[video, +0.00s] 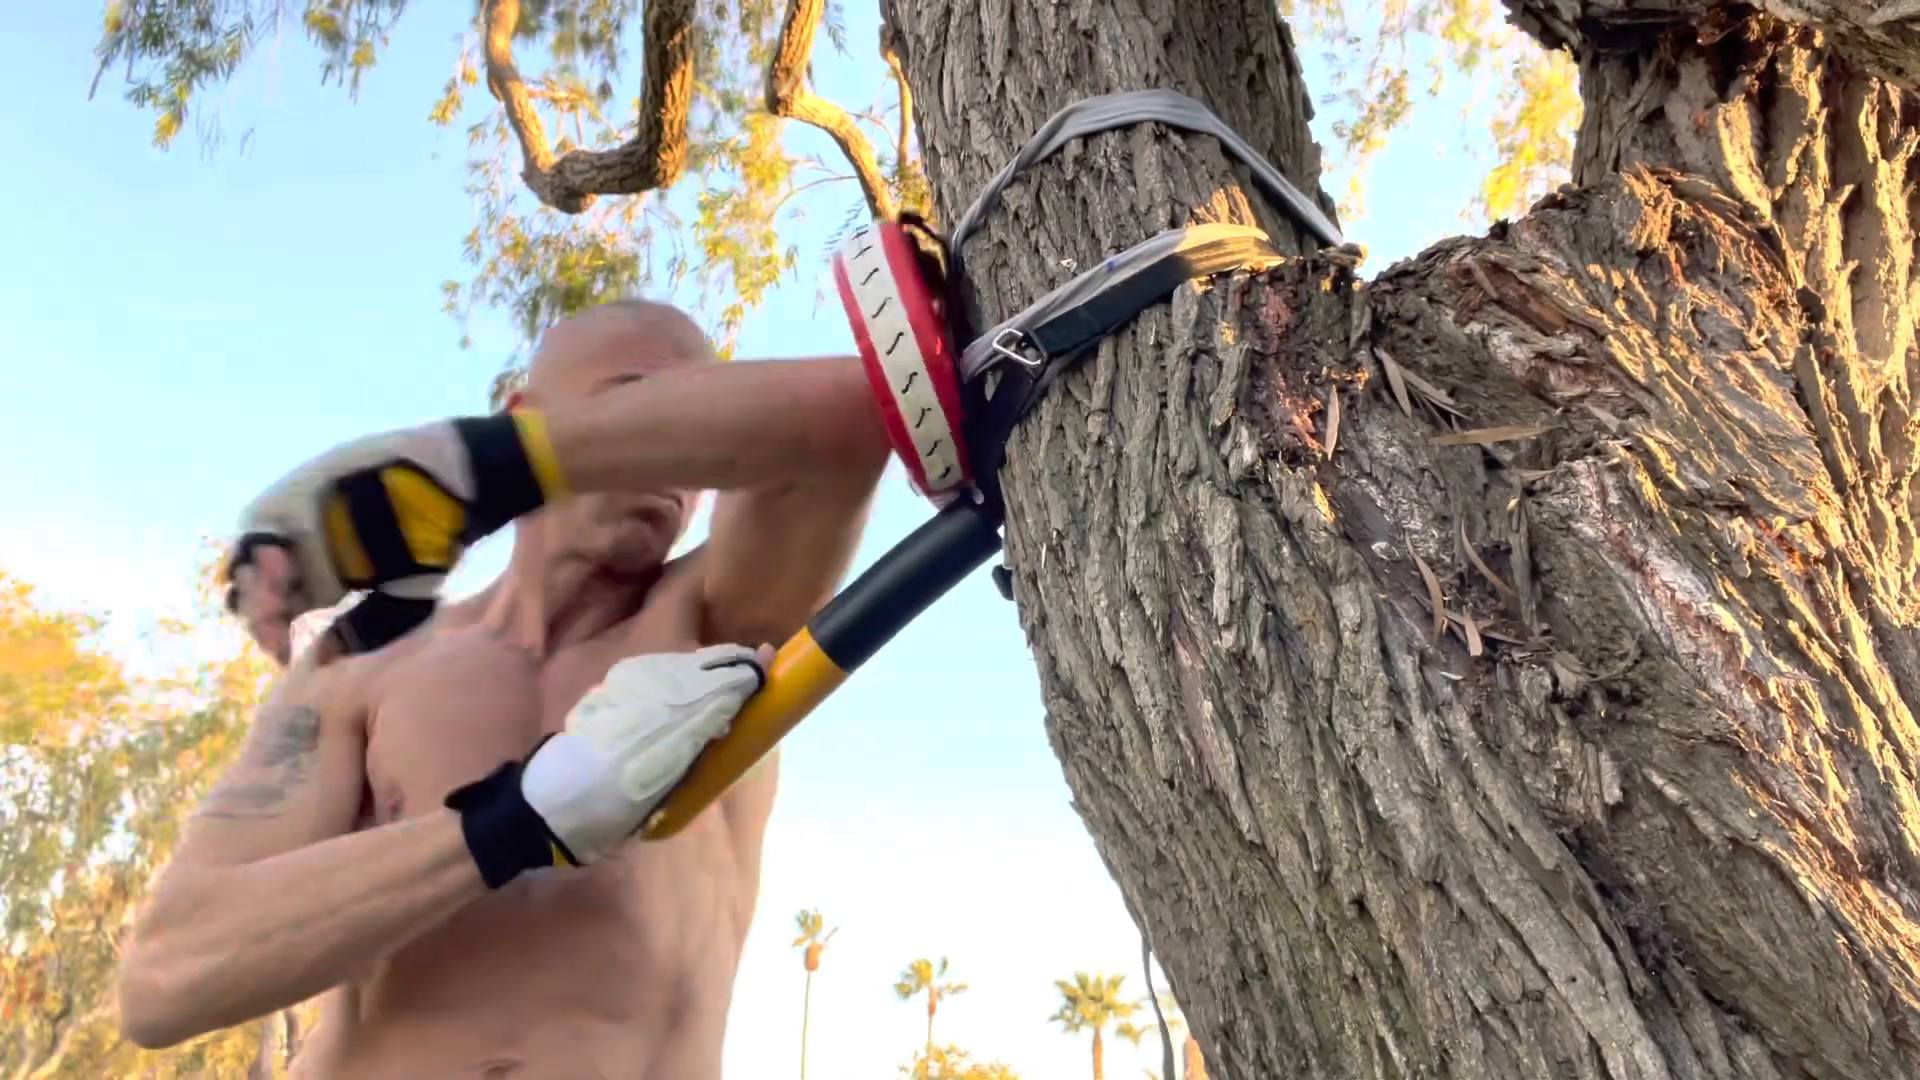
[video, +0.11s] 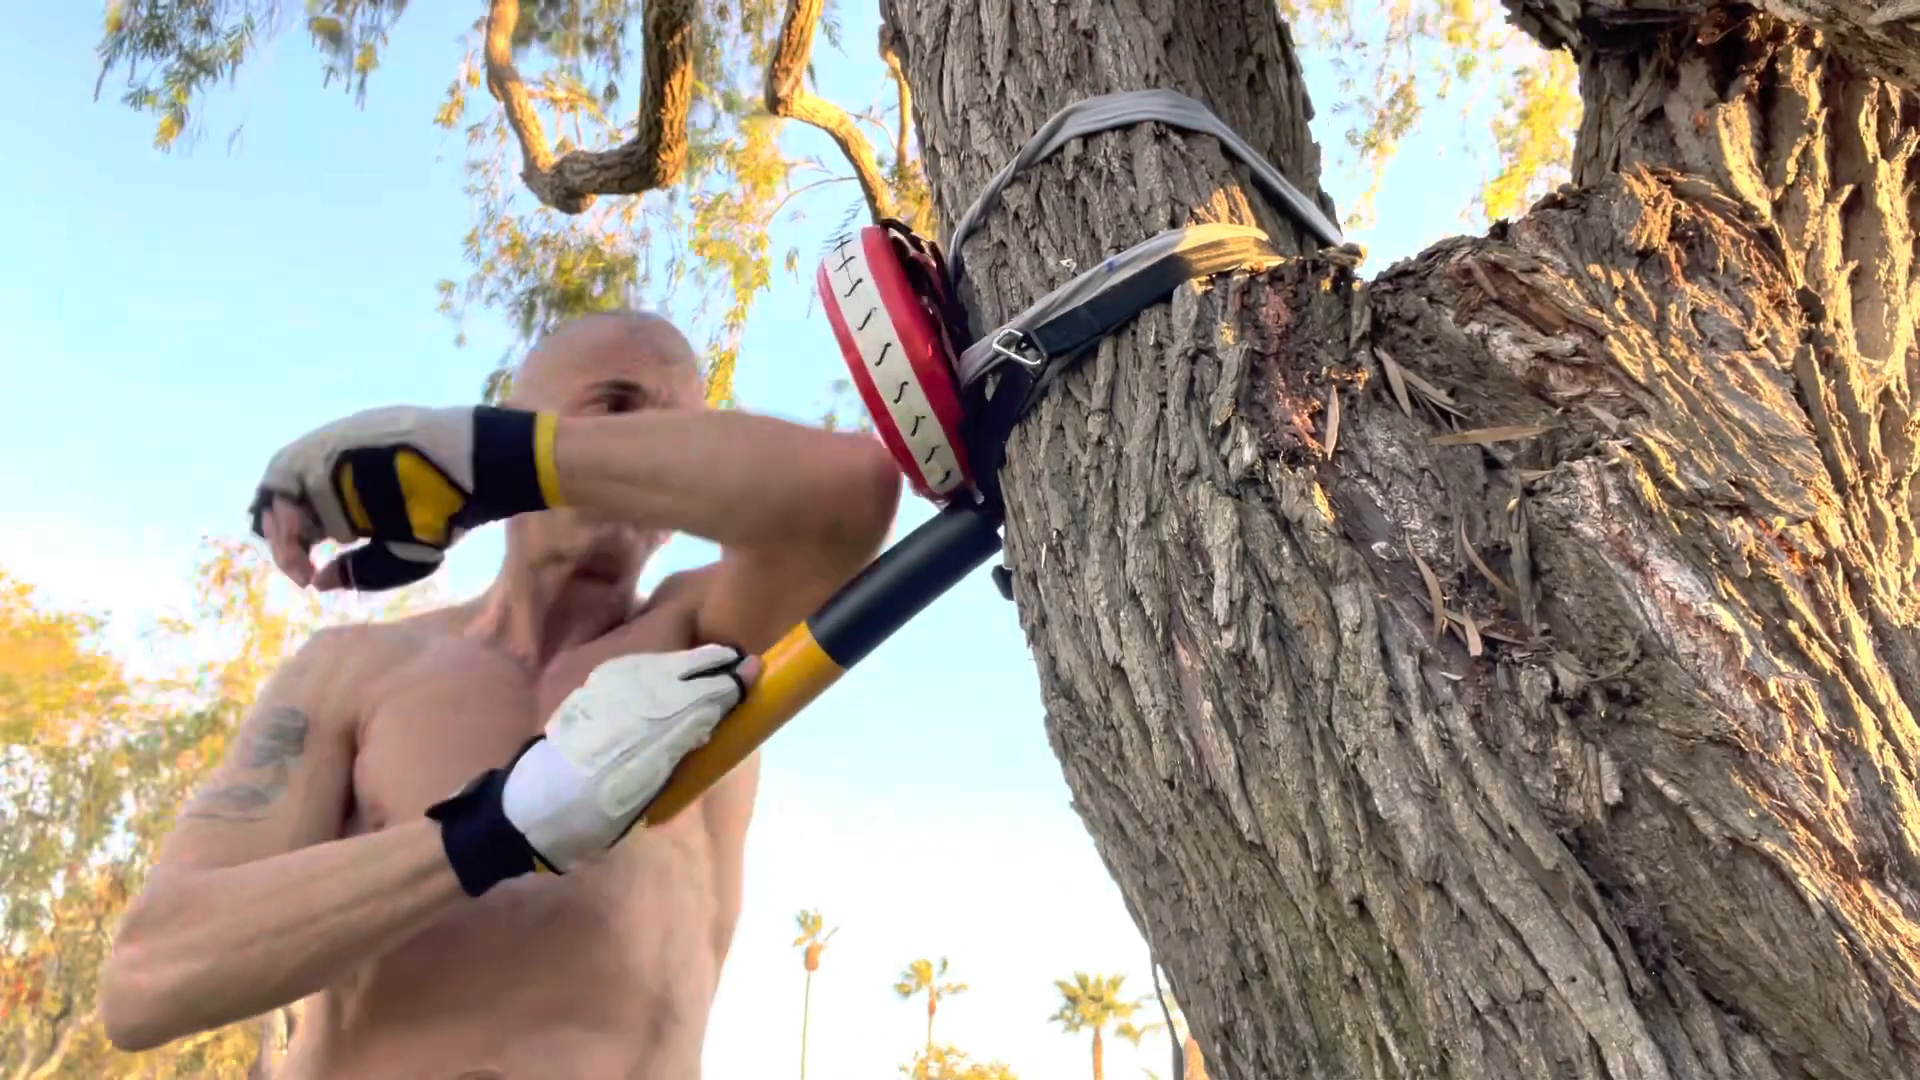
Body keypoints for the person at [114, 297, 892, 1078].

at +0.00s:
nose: (668, 452)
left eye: (693, 413)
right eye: (624, 398)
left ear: (715, 456)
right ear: (520, 414)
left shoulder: (712, 622)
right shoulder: (351, 682)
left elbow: (854, 410)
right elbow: (159, 981)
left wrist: (489, 457)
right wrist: (520, 820)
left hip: (622, 1060)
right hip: (368, 1064)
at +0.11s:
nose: (652, 447)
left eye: (679, 430)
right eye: (617, 405)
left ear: (697, 475)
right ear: (511, 435)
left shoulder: (695, 644)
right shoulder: (350, 669)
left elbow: (843, 484)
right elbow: (142, 984)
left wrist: (468, 448)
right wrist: (504, 826)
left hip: (622, 1053)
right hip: (367, 1054)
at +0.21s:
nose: (585, 495)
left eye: (613, 472)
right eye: (546, 448)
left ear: (628, 514)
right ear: (459, 459)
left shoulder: (630, 693)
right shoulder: (278, 675)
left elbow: (882, 667)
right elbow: (87, 1009)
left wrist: (641, 461)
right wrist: (447, 806)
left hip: (557, 1058)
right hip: (303, 1061)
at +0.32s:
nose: (537, 496)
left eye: (565, 477)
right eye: (501, 451)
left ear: (572, 520)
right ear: (386, 472)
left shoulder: (566, 712)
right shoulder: (202, 672)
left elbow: (809, 847)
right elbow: (57, 1005)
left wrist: (784, 599)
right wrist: (350, 755)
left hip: (489, 1064)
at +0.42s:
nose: (436, 498)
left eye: (465, 470)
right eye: (402, 448)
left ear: (485, 501)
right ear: (279, 466)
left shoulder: (453, 718)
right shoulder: (107, 660)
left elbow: (694, 976)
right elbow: (135, 908)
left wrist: (565, 806)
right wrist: (429, 629)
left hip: (402, 1062)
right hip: (160, 1065)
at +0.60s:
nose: (355, 492)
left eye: (383, 472)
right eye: (315, 443)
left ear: (389, 515)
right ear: (191, 459)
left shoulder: (412, 687)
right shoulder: (42, 671)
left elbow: (680, 692)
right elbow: (50, 965)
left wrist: (858, 498)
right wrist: (435, 843)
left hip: (354, 1060)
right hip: (125, 1062)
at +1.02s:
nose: (375, 485)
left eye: (405, 465)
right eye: (334, 440)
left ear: (419, 510)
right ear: (217, 470)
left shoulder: (476, 691)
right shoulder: (74, 716)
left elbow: (781, 796)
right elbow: (17, 921)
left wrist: (811, 574)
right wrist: (350, 765)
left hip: (437, 1056)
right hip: (173, 1063)